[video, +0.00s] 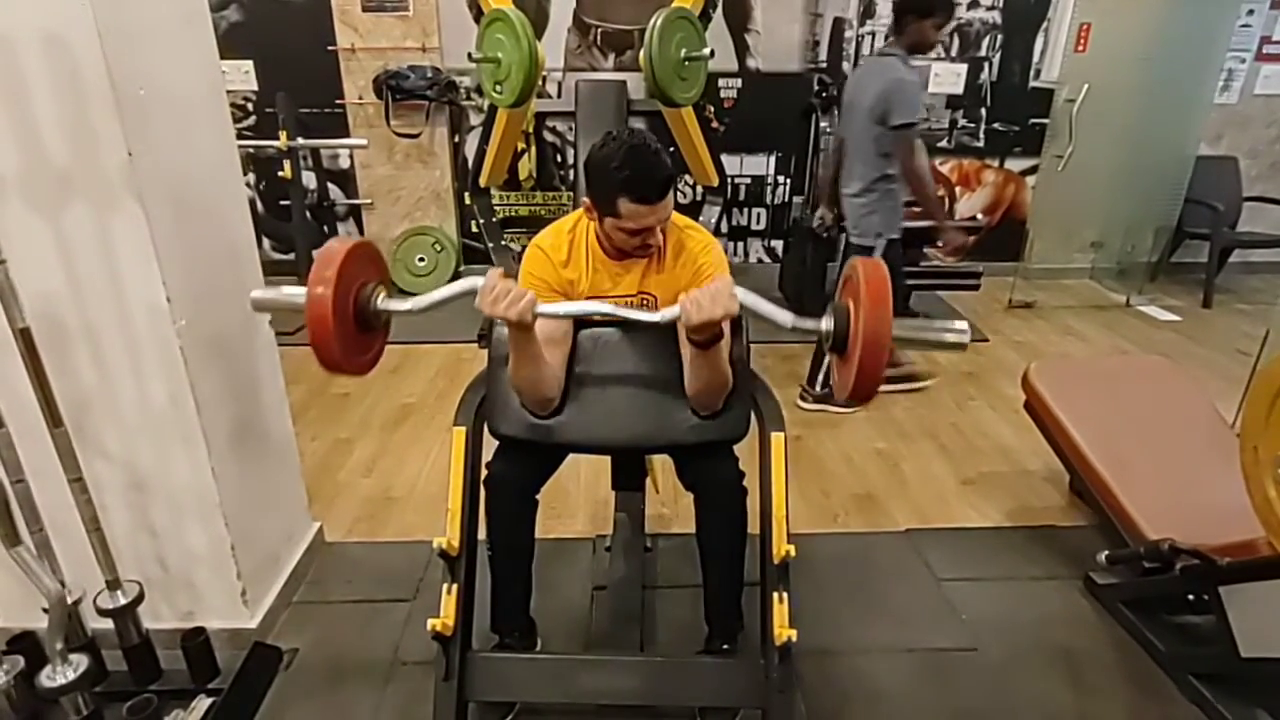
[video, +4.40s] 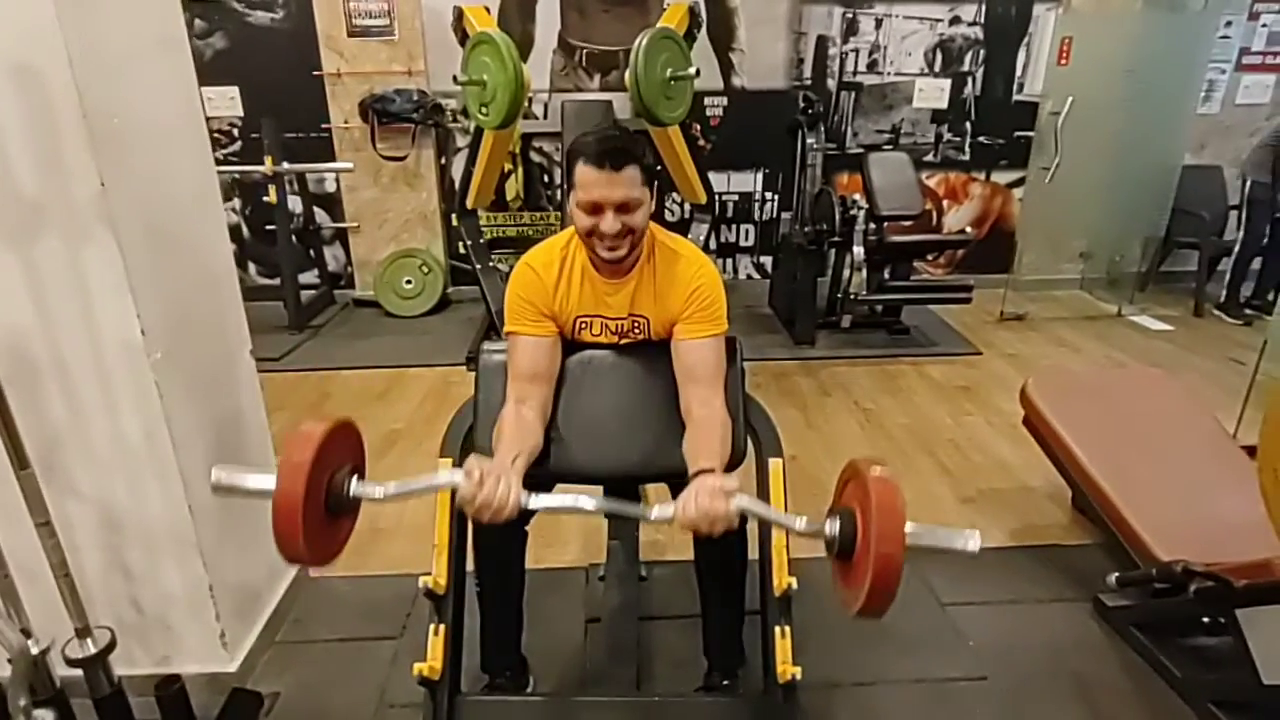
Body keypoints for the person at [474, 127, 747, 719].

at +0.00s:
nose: (652, 238)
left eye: (661, 224)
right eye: (635, 231)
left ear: (671, 199)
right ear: (593, 211)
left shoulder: (696, 249)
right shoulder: (551, 250)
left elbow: (709, 401)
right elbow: (539, 401)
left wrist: (704, 339)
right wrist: (520, 329)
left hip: (669, 391)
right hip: (576, 390)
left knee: (720, 479)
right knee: (507, 479)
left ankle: (724, 637)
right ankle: (512, 633)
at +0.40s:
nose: (648, 246)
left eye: (658, 231)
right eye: (630, 238)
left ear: (670, 203)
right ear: (591, 212)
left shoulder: (698, 250)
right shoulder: (550, 249)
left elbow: (706, 370)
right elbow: (537, 369)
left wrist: (710, 405)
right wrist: (512, 394)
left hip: (666, 384)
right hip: (576, 381)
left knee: (720, 476)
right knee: (506, 479)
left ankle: (724, 637)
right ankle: (512, 635)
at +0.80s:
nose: (642, 249)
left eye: (654, 235)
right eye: (625, 240)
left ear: (670, 206)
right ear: (591, 214)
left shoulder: (699, 252)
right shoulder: (550, 250)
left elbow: (706, 377)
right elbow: (536, 376)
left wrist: (708, 466)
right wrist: (514, 459)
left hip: (670, 374)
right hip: (574, 375)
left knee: (719, 480)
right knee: (502, 475)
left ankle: (722, 640)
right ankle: (510, 636)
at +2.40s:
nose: (614, 254)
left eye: (629, 239)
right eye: (598, 239)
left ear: (653, 214)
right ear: (577, 215)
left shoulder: (694, 262)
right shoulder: (551, 263)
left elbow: (712, 408)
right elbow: (539, 408)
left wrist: (710, 394)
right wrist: (517, 397)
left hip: (666, 410)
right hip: (575, 410)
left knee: (720, 496)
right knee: (501, 496)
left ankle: (723, 649)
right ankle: (512, 649)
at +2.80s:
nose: (616, 248)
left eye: (632, 232)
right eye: (599, 233)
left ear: (655, 210)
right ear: (580, 212)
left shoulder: (686, 259)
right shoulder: (556, 261)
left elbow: (707, 411)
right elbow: (538, 413)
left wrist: (709, 314)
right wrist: (526, 315)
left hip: (666, 397)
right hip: (576, 395)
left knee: (720, 493)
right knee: (504, 494)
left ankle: (724, 653)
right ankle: (512, 651)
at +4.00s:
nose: (615, 207)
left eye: (632, 192)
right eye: (598, 192)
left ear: (656, 201)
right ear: (576, 202)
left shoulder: (697, 275)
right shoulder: (546, 277)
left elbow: (714, 428)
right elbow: (534, 426)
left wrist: (717, 399)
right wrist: (515, 390)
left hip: (670, 418)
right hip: (575, 419)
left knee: (728, 511)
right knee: (505, 512)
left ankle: (730, 673)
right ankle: (512, 675)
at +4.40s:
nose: (610, 225)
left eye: (626, 208)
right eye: (592, 209)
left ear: (651, 202)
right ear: (567, 202)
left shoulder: (690, 273)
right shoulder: (537, 273)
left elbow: (704, 400)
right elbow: (525, 398)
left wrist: (707, 474)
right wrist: (504, 466)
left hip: (665, 421)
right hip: (564, 423)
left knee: (719, 498)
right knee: (492, 494)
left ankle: (724, 670)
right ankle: (503, 672)